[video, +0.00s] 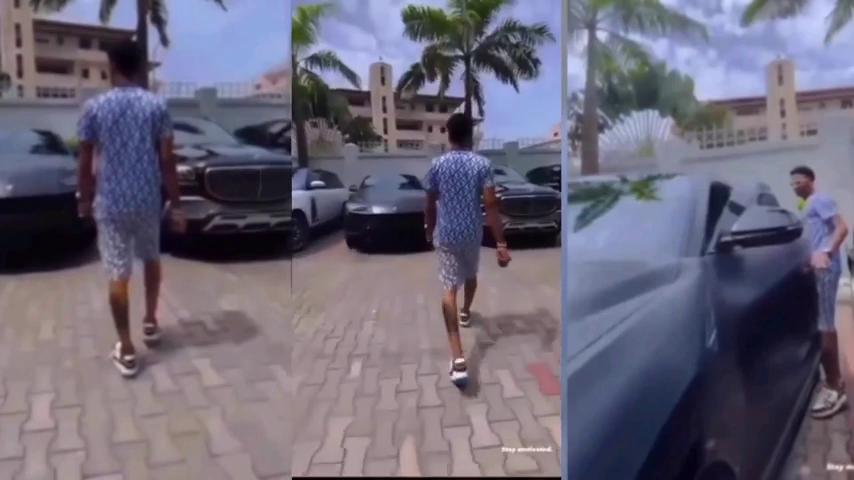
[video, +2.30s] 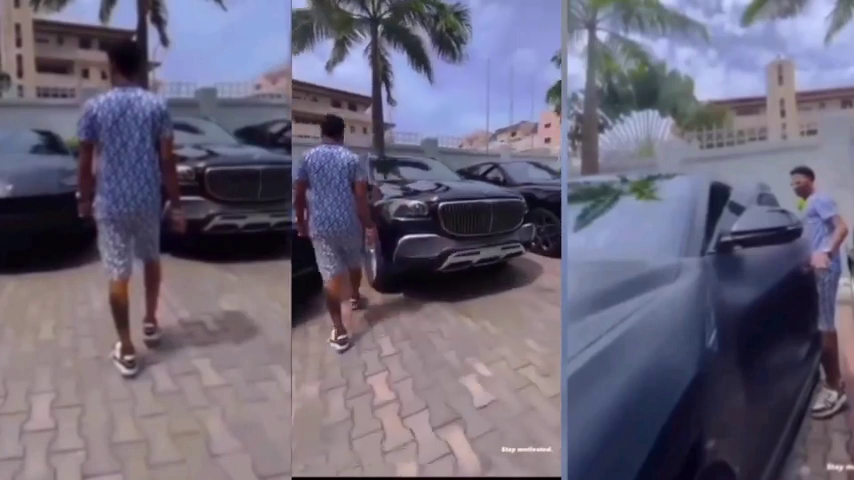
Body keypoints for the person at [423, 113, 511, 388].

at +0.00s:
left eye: (451, 132)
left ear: (449, 135)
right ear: (471, 135)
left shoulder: (438, 165)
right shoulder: (482, 164)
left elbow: (430, 203)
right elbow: (490, 205)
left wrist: (430, 230)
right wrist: (500, 243)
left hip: (445, 233)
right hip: (472, 233)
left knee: (449, 290)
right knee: (470, 276)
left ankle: (458, 357)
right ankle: (465, 313)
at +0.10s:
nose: (454, 135)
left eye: (452, 130)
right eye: (467, 130)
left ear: (450, 132)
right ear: (472, 132)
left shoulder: (439, 161)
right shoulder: (482, 162)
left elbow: (432, 201)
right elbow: (490, 202)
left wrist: (428, 231)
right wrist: (497, 238)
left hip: (446, 229)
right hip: (473, 228)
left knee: (444, 277)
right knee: (471, 273)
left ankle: (452, 326)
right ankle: (464, 317)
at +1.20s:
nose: (427, 138)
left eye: (424, 134)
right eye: (439, 134)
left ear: (423, 135)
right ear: (444, 135)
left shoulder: (411, 161)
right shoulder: (452, 163)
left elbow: (402, 198)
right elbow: (458, 201)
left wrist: (400, 226)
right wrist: (465, 232)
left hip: (418, 227)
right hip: (444, 227)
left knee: (420, 279)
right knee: (444, 267)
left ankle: (427, 339)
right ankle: (439, 304)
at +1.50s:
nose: (401, 133)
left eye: (401, 129)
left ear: (402, 130)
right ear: (424, 130)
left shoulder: (392, 156)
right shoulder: (432, 157)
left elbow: (386, 193)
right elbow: (440, 192)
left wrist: (386, 223)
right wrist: (439, 219)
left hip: (399, 223)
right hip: (425, 223)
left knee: (398, 268)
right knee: (425, 271)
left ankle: (403, 307)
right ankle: (420, 322)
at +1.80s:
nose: (371, 138)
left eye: (369, 134)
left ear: (370, 135)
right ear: (390, 135)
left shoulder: (363, 162)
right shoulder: (403, 160)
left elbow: (360, 200)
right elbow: (412, 195)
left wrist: (359, 232)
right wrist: (414, 218)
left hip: (376, 227)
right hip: (402, 226)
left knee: (378, 270)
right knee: (403, 276)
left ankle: (382, 303)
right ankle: (400, 334)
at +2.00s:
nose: (352, 134)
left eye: (347, 129)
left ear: (345, 130)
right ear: (366, 130)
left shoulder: (336, 157)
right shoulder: (378, 155)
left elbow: (334, 196)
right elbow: (389, 193)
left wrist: (333, 228)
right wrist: (394, 222)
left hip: (351, 223)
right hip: (378, 222)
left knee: (357, 271)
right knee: (387, 265)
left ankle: (365, 313)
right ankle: (384, 305)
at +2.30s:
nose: (336, 137)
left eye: (328, 133)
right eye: (340, 133)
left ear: (321, 133)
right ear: (342, 133)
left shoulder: (309, 157)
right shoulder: (352, 158)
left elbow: (299, 193)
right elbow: (360, 195)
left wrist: (301, 222)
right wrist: (368, 223)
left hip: (320, 224)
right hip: (348, 223)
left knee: (330, 277)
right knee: (354, 262)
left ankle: (339, 331)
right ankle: (355, 296)